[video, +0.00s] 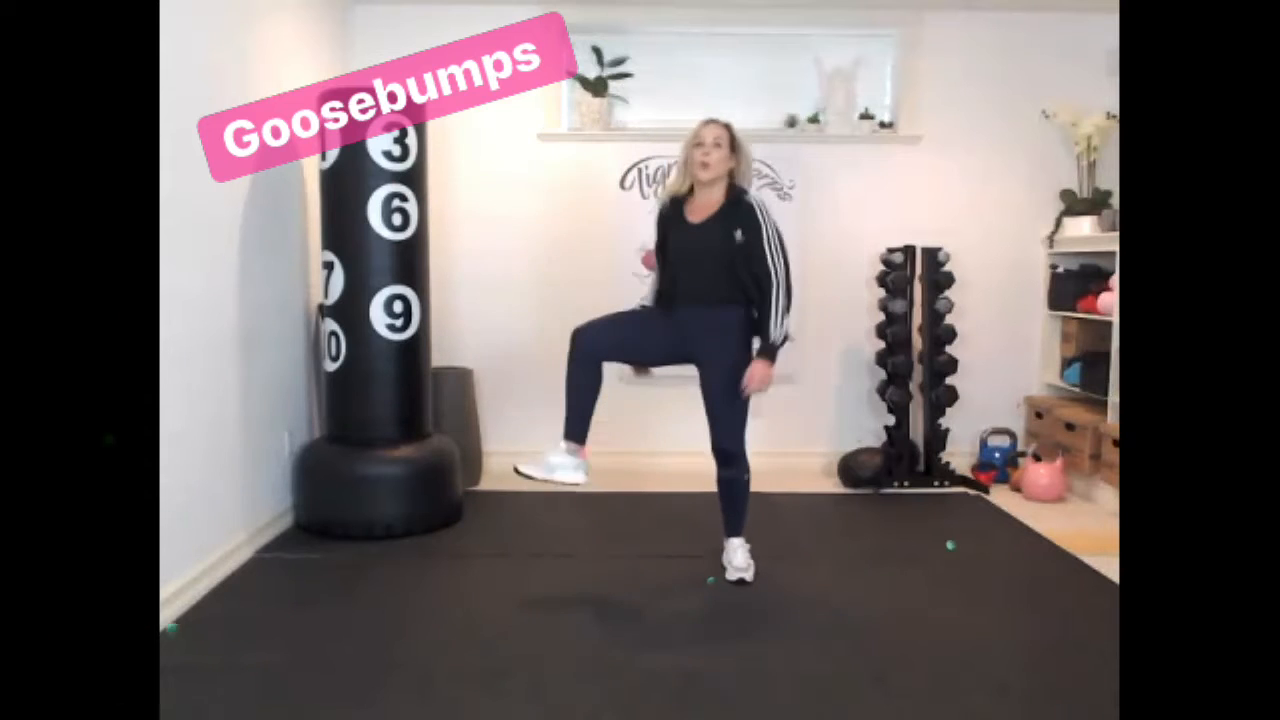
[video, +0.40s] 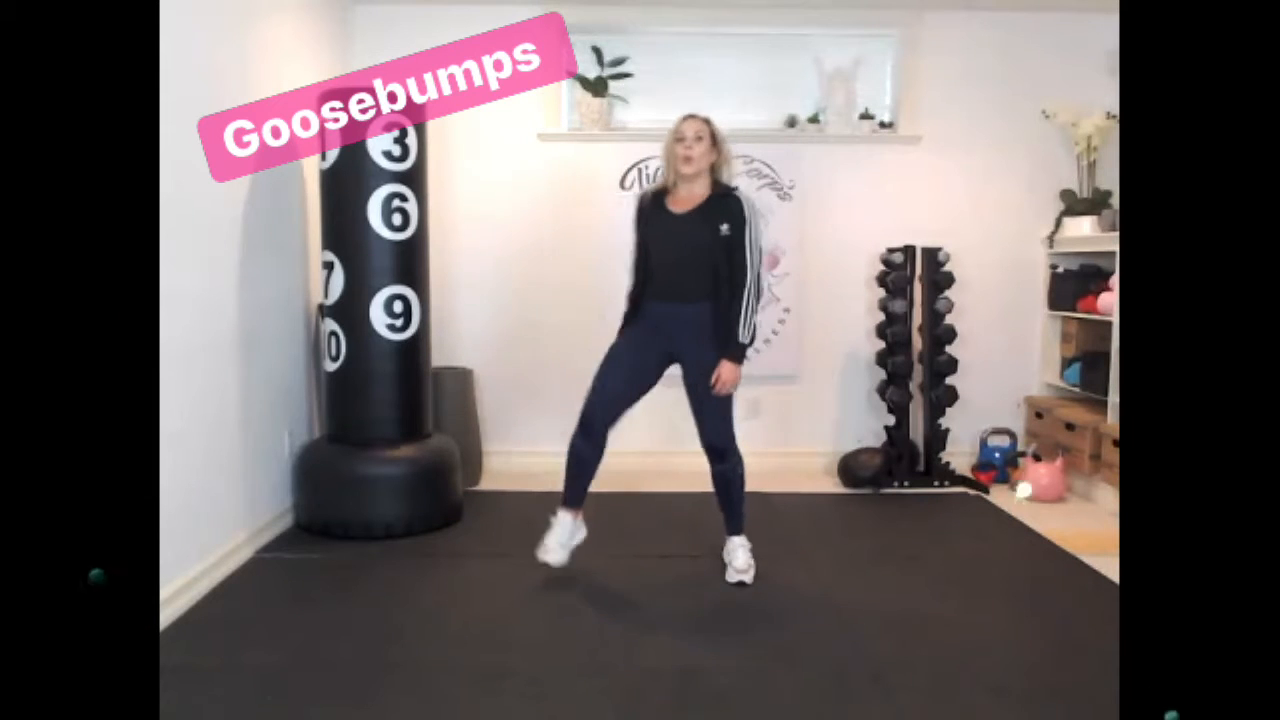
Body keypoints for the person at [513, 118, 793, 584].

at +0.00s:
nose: (707, 153)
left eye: (717, 147)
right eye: (699, 146)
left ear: (733, 159)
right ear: (688, 156)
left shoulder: (748, 211)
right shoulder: (671, 211)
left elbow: (776, 282)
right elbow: (666, 281)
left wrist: (768, 354)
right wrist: (643, 345)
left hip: (725, 334)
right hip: (673, 326)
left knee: (728, 449)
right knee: (587, 340)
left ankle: (735, 542)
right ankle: (571, 454)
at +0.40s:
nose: (688, 147)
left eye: (698, 140)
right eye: (681, 140)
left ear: (714, 151)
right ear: (670, 150)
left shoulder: (730, 204)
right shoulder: (649, 203)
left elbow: (745, 283)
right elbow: (641, 275)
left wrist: (734, 354)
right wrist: (628, 331)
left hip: (705, 332)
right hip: (649, 329)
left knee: (719, 444)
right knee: (594, 417)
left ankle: (735, 539)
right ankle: (569, 516)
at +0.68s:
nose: (639, 168)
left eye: (648, 161)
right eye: (631, 160)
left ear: (661, 173)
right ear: (617, 169)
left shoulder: (674, 231)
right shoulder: (588, 228)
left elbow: (694, 304)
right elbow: (569, 299)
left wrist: (719, 372)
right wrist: (562, 366)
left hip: (663, 355)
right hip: (602, 355)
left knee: (700, 451)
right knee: (574, 456)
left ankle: (733, 538)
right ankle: (562, 538)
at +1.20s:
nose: (621, 155)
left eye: (627, 147)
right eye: (611, 148)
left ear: (638, 156)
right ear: (594, 159)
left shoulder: (656, 216)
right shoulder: (569, 215)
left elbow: (660, 285)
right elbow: (539, 276)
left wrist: (662, 338)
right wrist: (500, 278)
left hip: (647, 335)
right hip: (591, 337)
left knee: (711, 412)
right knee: (579, 451)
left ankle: (706, 506)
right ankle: (565, 538)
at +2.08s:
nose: (741, 144)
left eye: (751, 137)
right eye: (733, 137)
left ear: (766, 151)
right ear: (720, 151)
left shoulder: (788, 207)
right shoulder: (693, 212)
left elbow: (844, 266)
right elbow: (645, 265)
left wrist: (805, 320)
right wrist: (652, 231)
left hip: (758, 341)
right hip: (699, 337)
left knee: (767, 452)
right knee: (671, 439)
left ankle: (772, 550)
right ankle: (685, 514)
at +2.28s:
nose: (708, 138)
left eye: (715, 130)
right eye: (698, 132)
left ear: (730, 139)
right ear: (683, 144)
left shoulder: (754, 196)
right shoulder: (668, 186)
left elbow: (805, 252)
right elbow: (630, 124)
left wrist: (781, 307)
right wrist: (629, 40)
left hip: (735, 331)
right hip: (676, 328)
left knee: (755, 448)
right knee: (627, 438)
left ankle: (772, 549)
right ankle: (575, 530)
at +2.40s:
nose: (688, 157)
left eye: (695, 149)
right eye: (678, 150)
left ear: (707, 160)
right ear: (661, 163)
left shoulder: (727, 219)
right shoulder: (648, 205)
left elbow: (765, 274)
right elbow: (637, 125)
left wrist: (751, 324)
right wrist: (629, 44)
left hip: (711, 349)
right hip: (653, 345)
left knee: (742, 457)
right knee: (605, 455)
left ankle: (770, 552)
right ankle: (546, 547)